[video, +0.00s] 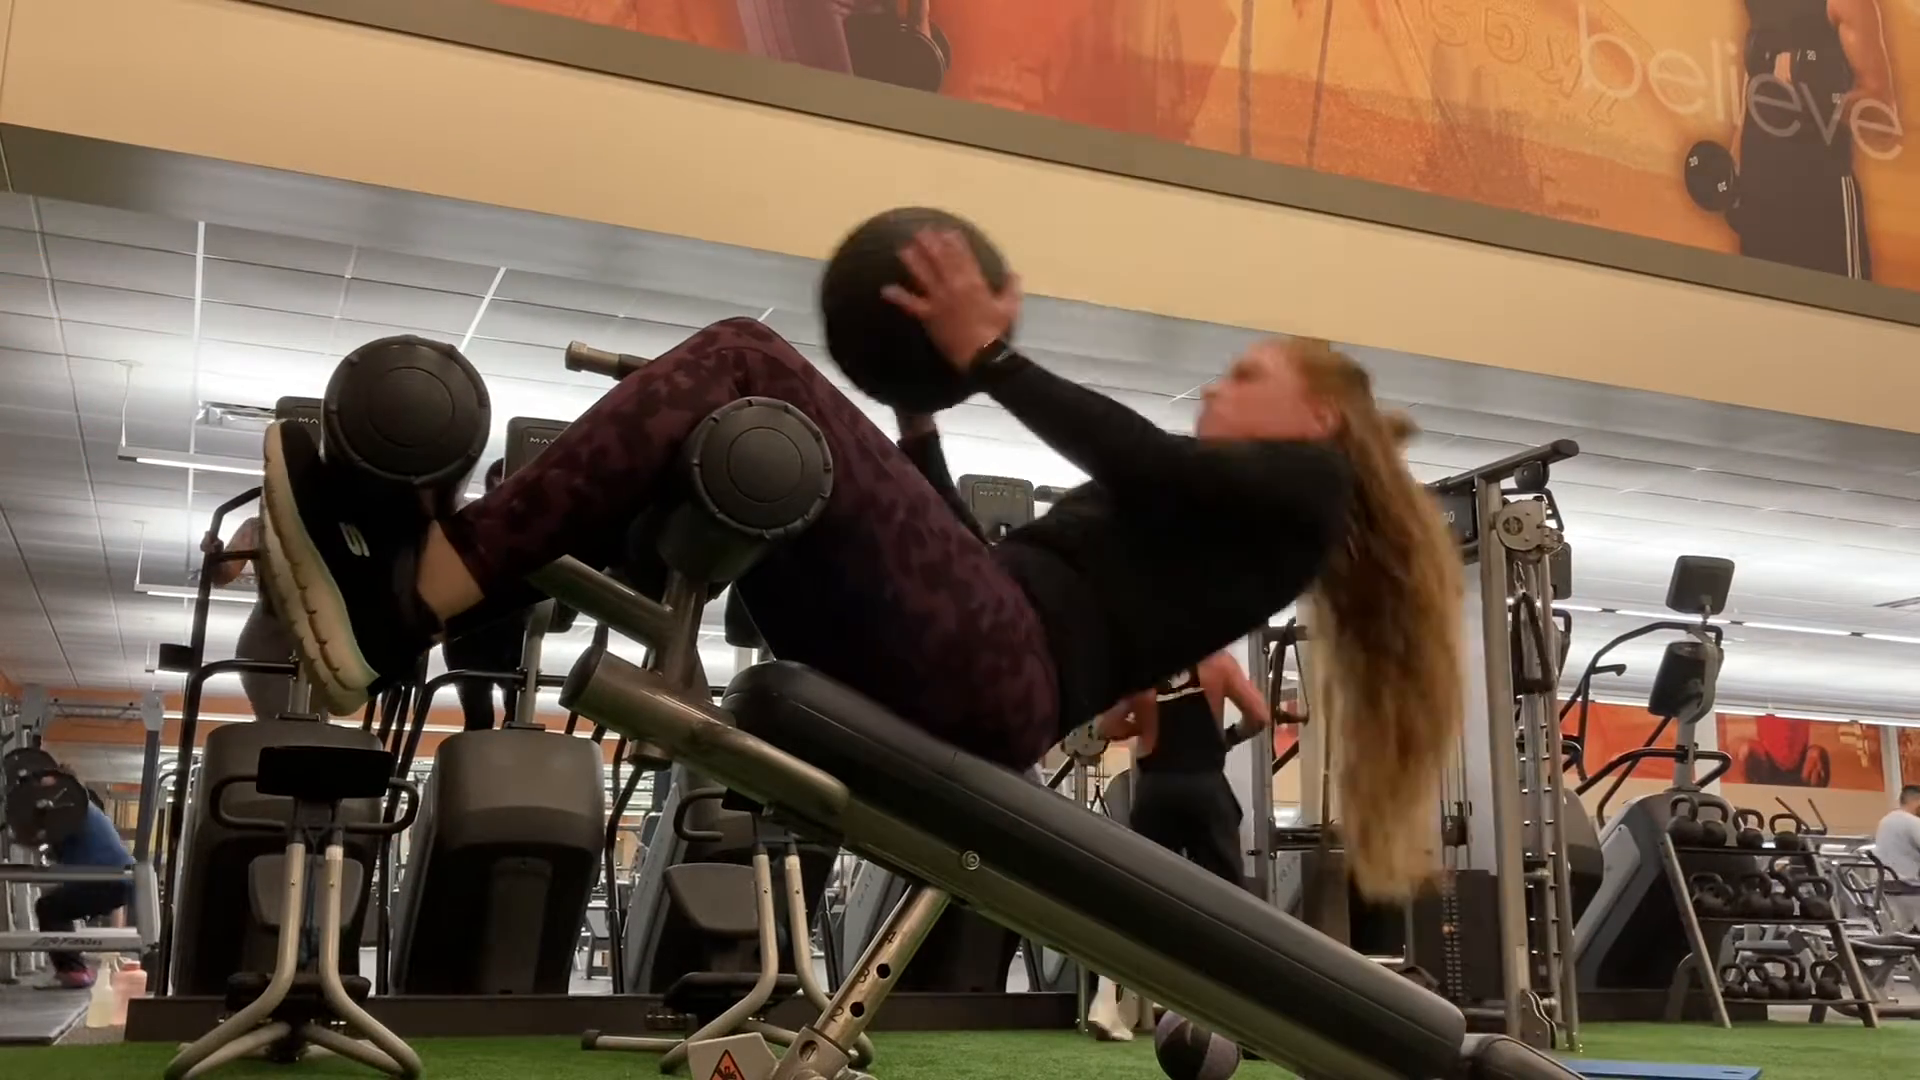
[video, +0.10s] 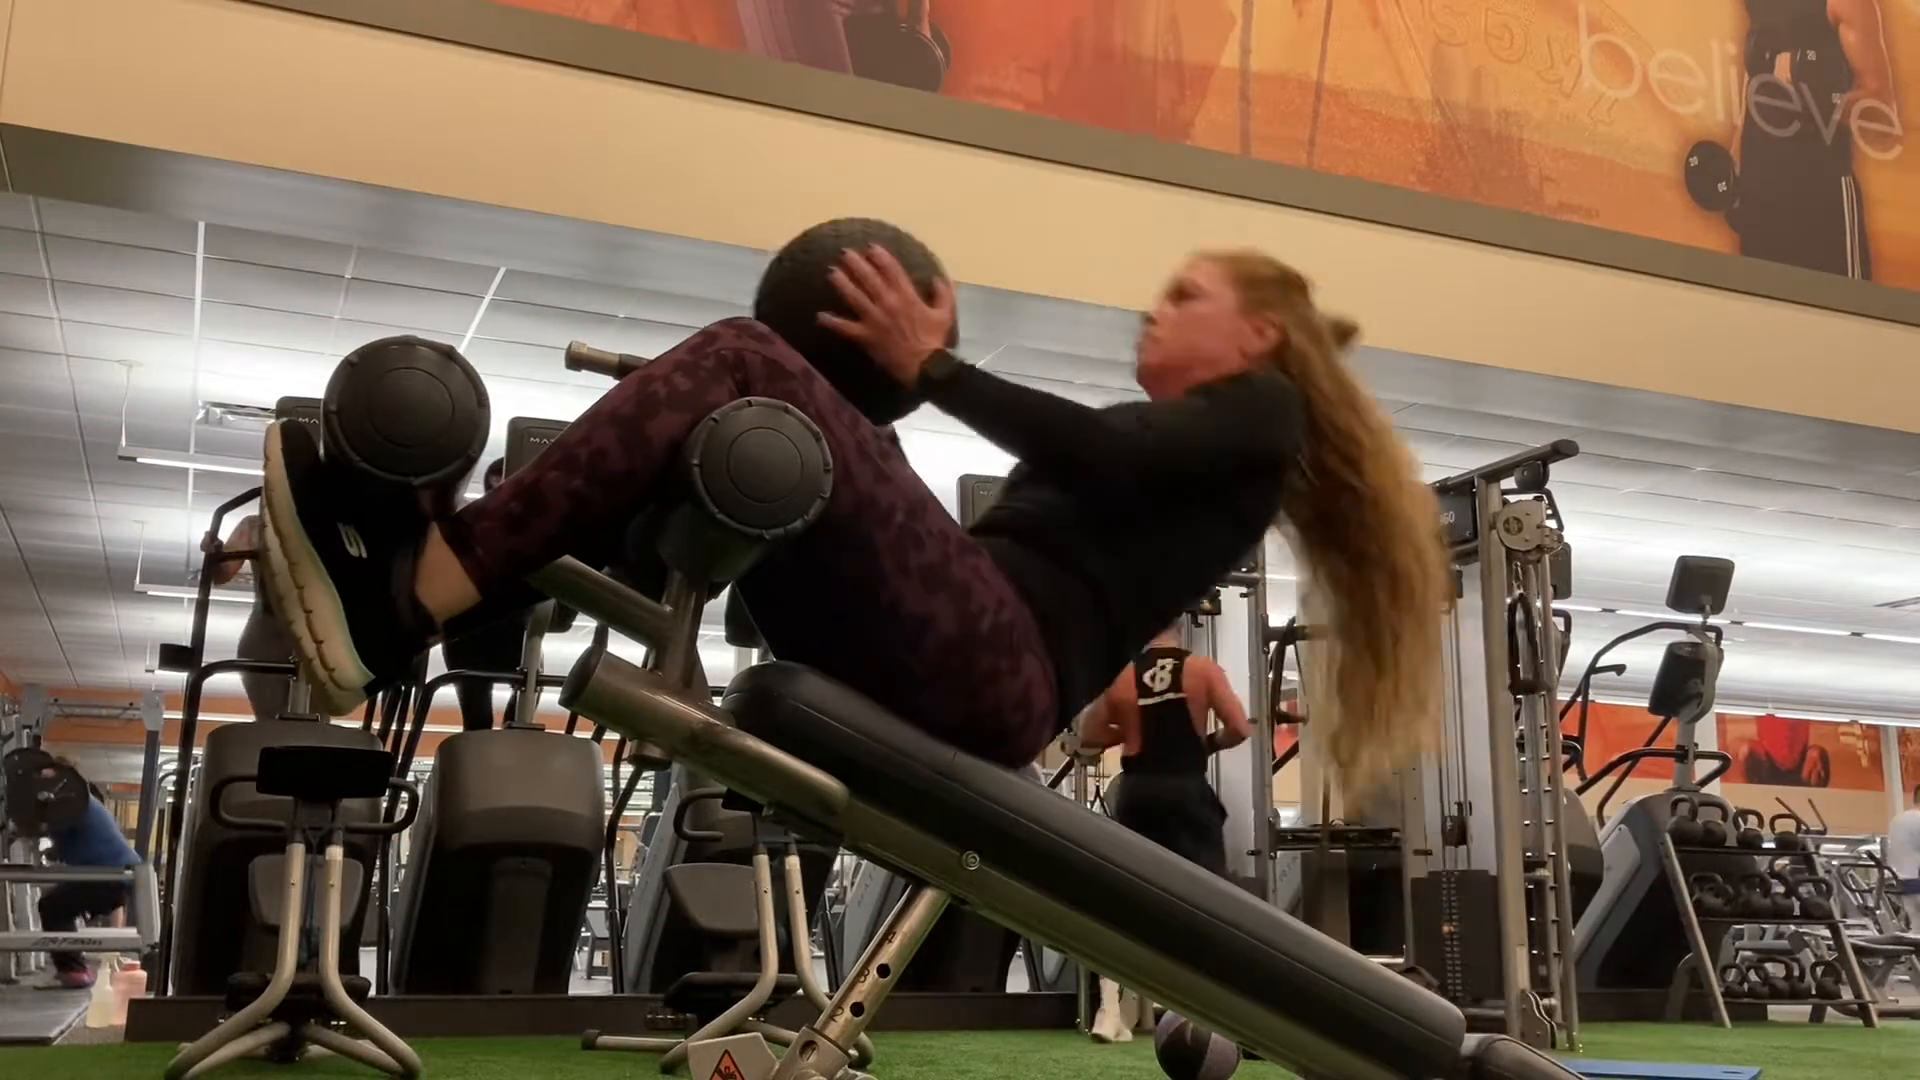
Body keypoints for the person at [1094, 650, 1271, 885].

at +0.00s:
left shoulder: (1141, 669)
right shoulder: (1218, 660)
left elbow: (1108, 727)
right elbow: (1258, 716)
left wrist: (1145, 725)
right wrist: (1230, 737)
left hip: (1154, 793)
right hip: (1207, 793)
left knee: (1152, 888)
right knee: (1224, 891)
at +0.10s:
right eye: (1180, 624)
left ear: (1144, 630)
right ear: (1180, 627)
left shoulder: (1122, 677)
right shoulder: (1204, 668)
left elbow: (1089, 737)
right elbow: (1239, 730)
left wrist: (1131, 729)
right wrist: (1209, 743)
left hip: (1135, 799)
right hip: (1188, 799)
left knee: (1120, 899)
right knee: (1201, 904)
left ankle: (1110, 1012)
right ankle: (1199, 1014)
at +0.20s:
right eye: (1163, 627)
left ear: (1132, 630)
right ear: (1169, 631)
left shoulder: (1105, 677)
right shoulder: (1190, 675)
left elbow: (1081, 742)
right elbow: (1216, 740)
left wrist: (1118, 738)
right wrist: (1185, 750)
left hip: (1119, 803)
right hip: (1172, 804)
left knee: (1103, 901)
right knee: (1180, 905)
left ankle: (1108, 1013)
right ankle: (1177, 1009)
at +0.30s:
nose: (1154, 636)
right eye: (1157, 628)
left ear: (1121, 630)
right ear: (1158, 630)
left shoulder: (1096, 675)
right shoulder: (1173, 671)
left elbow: (1073, 740)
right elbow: (1199, 732)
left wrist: (1108, 746)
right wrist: (1172, 745)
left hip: (1105, 799)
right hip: (1156, 798)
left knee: (1100, 898)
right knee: (1164, 897)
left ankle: (1108, 1013)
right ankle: (1158, 1003)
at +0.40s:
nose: (1154, 638)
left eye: (1150, 633)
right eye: (1155, 632)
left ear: (1114, 630)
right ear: (1150, 631)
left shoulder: (1089, 670)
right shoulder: (1157, 667)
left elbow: (1067, 736)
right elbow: (1190, 727)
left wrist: (1101, 743)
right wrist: (1163, 735)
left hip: (1096, 796)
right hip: (1146, 796)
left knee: (1095, 899)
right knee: (1156, 896)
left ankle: (1107, 1014)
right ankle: (1149, 1004)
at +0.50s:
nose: (1153, 645)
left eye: (1152, 640)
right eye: (1153, 639)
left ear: (1114, 632)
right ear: (1143, 633)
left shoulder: (1085, 666)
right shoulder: (1145, 663)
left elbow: (1070, 736)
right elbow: (1182, 724)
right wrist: (1157, 709)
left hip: (1089, 792)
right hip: (1136, 791)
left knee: (1091, 899)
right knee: (1157, 892)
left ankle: (1106, 1014)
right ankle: (1145, 998)